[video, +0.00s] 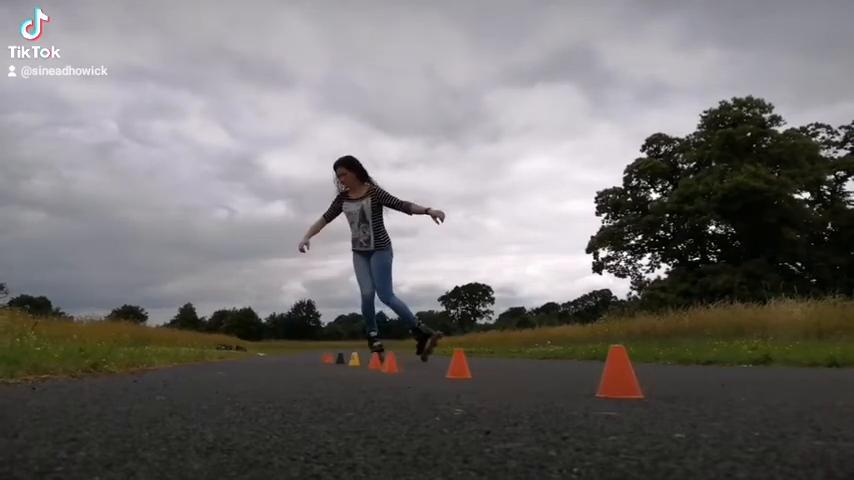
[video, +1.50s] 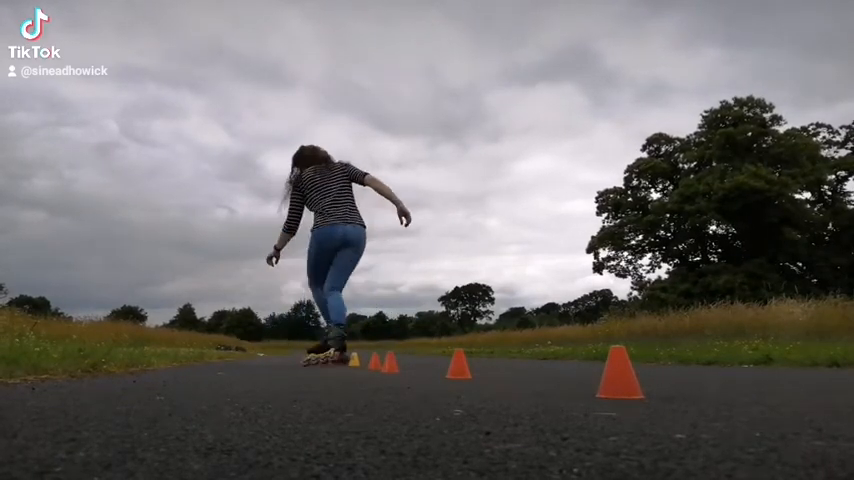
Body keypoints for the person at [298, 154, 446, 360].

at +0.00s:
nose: (341, 180)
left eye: (343, 175)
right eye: (339, 177)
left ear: (356, 172)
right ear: (338, 178)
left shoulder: (373, 192)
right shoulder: (343, 198)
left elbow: (400, 205)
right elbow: (325, 218)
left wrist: (428, 211)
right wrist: (307, 235)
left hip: (380, 250)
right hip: (359, 252)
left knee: (385, 295)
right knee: (367, 293)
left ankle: (419, 331)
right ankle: (372, 336)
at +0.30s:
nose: (338, 171)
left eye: (341, 166)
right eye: (336, 167)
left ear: (354, 164)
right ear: (338, 169)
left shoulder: (373, 188)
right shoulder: (338, 192)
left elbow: (401, 207)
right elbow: (320, 212)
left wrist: (429, 218)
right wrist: (298, 230)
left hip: (371, 247)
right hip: (347, 249)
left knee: (375, 296)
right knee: (359, 290)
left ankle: (392, 338)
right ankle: (376, 335)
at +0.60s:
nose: (313, 163)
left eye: (315, 158)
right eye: (311, 159)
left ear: (327, 155)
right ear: (318, 158)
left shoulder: (348, 175)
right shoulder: (320, 180)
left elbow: (367, 197)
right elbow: (320, 211)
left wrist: (389, 210)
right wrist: (303, 235)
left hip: (344, 239)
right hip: (319, 239)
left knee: (330, 288)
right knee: (312, 286)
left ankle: (335, 337)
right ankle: (300, 336)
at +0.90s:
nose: (286, 165)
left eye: (285, 159)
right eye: (283, 161)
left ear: (295, 153)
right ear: (295, 155)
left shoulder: (312, 169)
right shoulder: (307, 172)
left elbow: (314, 204)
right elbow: (310, 207)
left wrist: (301, 232)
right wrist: (300, 234)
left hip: (323, 235)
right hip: (313, 236)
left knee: (291, 281)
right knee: (279, 279)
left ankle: (288, 338)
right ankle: (272, 332)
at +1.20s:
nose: (278, 173)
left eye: (278, 169)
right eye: (277, 169)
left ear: (283, 165)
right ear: (301, 159)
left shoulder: (284, 180)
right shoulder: (324, 174)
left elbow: (264, 216)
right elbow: (350, 198)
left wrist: (237, 236)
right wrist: (365, 229)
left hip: (308, 233)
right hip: (334, 237)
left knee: (263, 276)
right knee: (306, 290)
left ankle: (245, 334)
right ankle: (291, 334)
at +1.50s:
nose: (296, 172)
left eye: (296, 168)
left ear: (299, 165)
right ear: (323, 156)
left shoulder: (300, 181)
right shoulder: (341, 167)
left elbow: (292, 222)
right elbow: (371, 180)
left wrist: (277, 248)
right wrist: (399, 203)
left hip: (326, 231)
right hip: (356, 230)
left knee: (317, 286)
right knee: (334, 288)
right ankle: (337, 336)